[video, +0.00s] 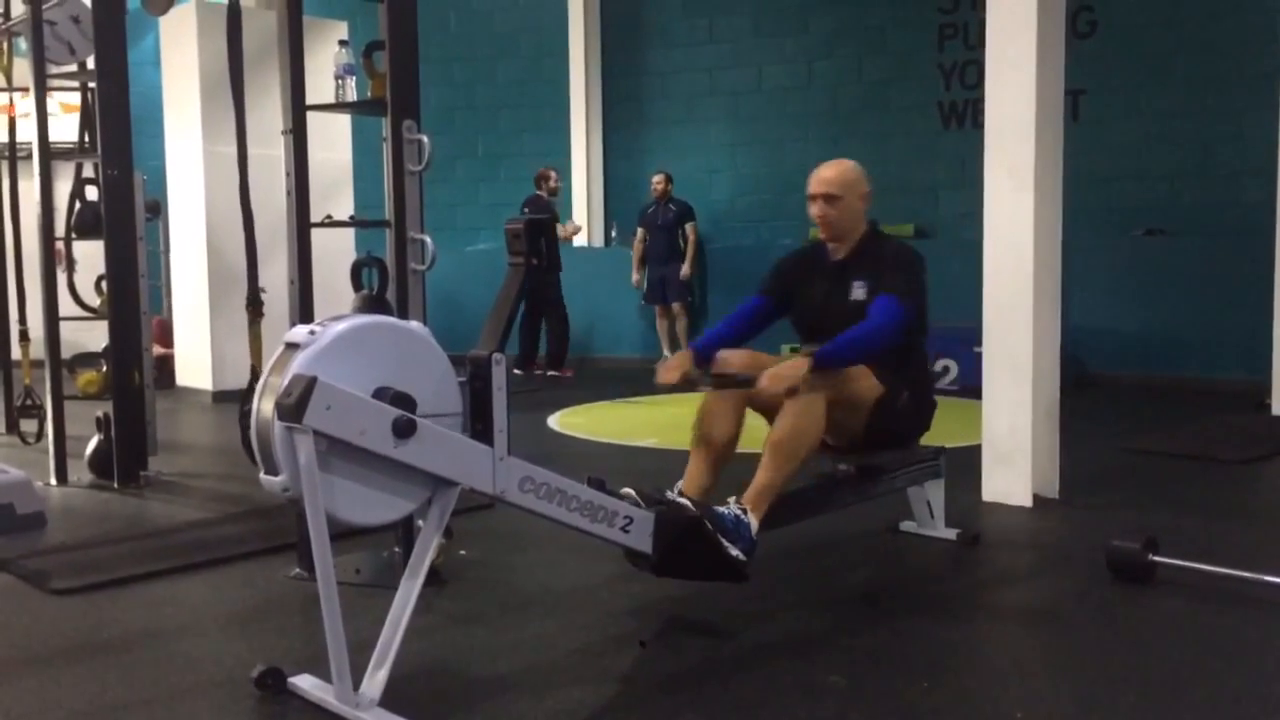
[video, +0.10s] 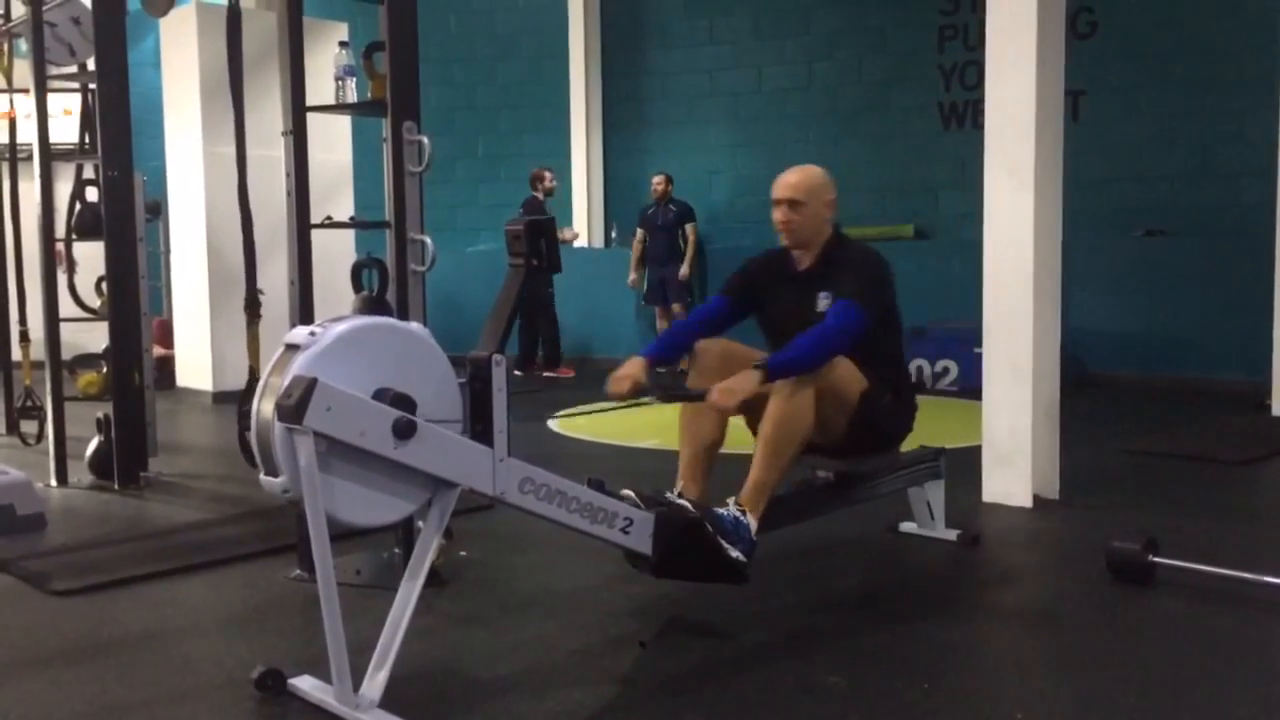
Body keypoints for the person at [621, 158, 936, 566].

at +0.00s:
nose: (818, 211)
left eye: (831, 200)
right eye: (812, 200)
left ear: (864, 200)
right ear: (806, 203)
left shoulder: (897, 260)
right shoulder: (801, 263)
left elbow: (882, 330)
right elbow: (751, 316)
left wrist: (808, 363)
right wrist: (692, 354)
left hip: (892, 406)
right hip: (819, 401)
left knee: (814, 379)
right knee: (730, 363)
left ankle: (746, 519)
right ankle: (687, 501)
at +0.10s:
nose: (781, 217)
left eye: (794, 206)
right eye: (776, 206)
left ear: (829, 209)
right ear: (770, 209)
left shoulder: (862, 266)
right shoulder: (765, 270)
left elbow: (833, 336)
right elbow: (704, 321)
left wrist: (762, 373)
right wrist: (645, 360)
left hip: (872, 419)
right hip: (795, 413)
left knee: (801, 367)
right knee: (708, 353)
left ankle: (745, 517)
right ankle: (687, 500)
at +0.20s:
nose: (749, 224)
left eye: (762, 214)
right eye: (745, 213)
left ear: (798, 217)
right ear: (740, 216)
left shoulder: (832, 272)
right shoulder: (740, 273)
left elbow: (793, 335)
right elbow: (675, 321)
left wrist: (716, 374)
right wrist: (603, 360)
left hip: (859, 426)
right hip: (784, 423)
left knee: (789, 365)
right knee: (692, 350)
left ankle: (743, 519)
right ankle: (686, 501)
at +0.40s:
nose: (750, 220)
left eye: (764, 211)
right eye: (748, 209)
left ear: (800, 218)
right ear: (744, 213)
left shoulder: (837, 270)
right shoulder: (747, 272)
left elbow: (792, 315)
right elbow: (680, 311)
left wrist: (715, 337)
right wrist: (601, 335)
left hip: (862, 424)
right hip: (791, 428)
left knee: (789, 353)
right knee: (695, 359)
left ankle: (743, 518)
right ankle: (686, 504)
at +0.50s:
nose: (793, 202)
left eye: (806, 193)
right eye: (789, 193)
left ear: (839, 205)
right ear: (784, 200)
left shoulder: (875, 260)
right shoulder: (782, 261)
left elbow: (834, 301)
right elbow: (720, 300)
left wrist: (766, 323)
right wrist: (650, 322)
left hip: (881, 413)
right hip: (809, 413)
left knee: (804, 363)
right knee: (716, 362)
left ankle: (744, 521)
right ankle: (687, 505)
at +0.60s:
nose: (842, 194)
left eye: (855, 186)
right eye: (838, 185)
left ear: (885, 195)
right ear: (832, 192)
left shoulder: (913, 253)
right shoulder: (821, 256)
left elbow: (874, 295)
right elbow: (766, 293)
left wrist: (814, 319)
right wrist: (700, 319)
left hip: (899, 402)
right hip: (824, 394)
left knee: (818, 383)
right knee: (735, 378)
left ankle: (746, 523)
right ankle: (686, 503)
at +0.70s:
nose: (884, 197)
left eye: (897, 188)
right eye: (880, 188)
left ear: (927, 196)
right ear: (873, 194)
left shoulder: (952, 258)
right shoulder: (854, 262)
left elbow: (926, 299)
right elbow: (805, 303)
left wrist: (863, 316)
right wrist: (749, 323)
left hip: (914, 391)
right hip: (849, 381)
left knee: (825, 406)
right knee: (757, 397)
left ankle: (746, 524)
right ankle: (681, 507)